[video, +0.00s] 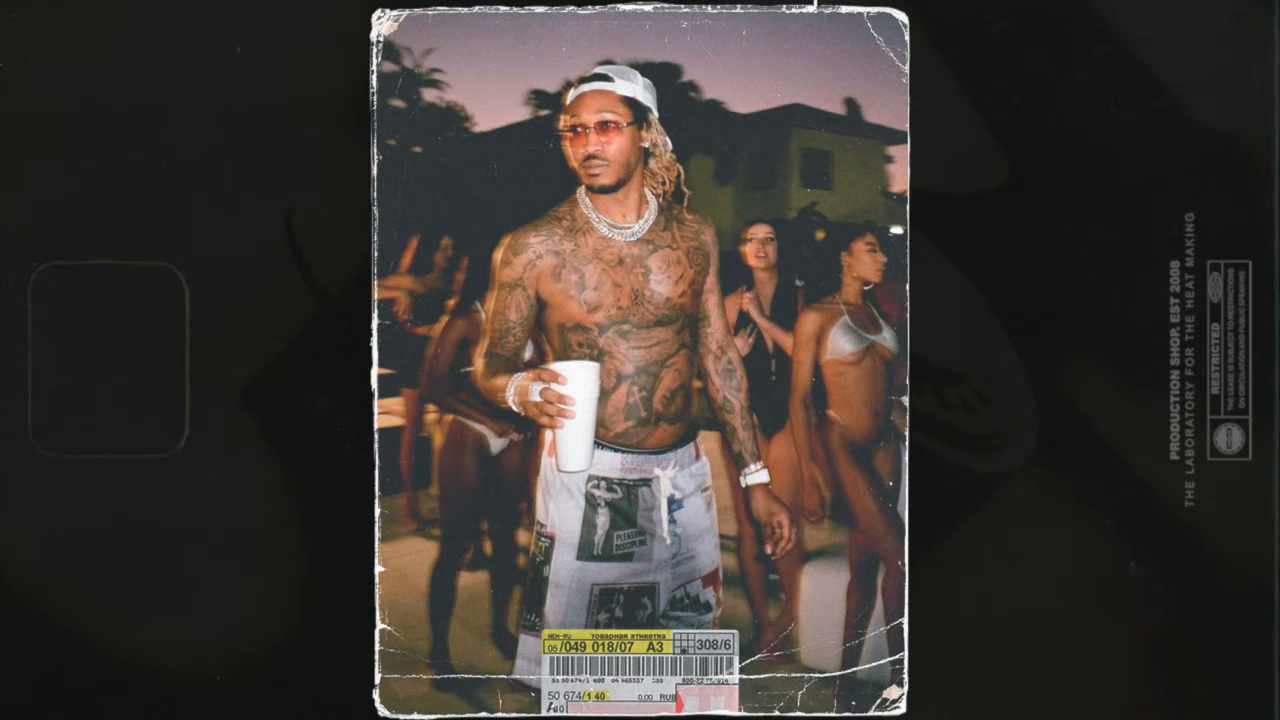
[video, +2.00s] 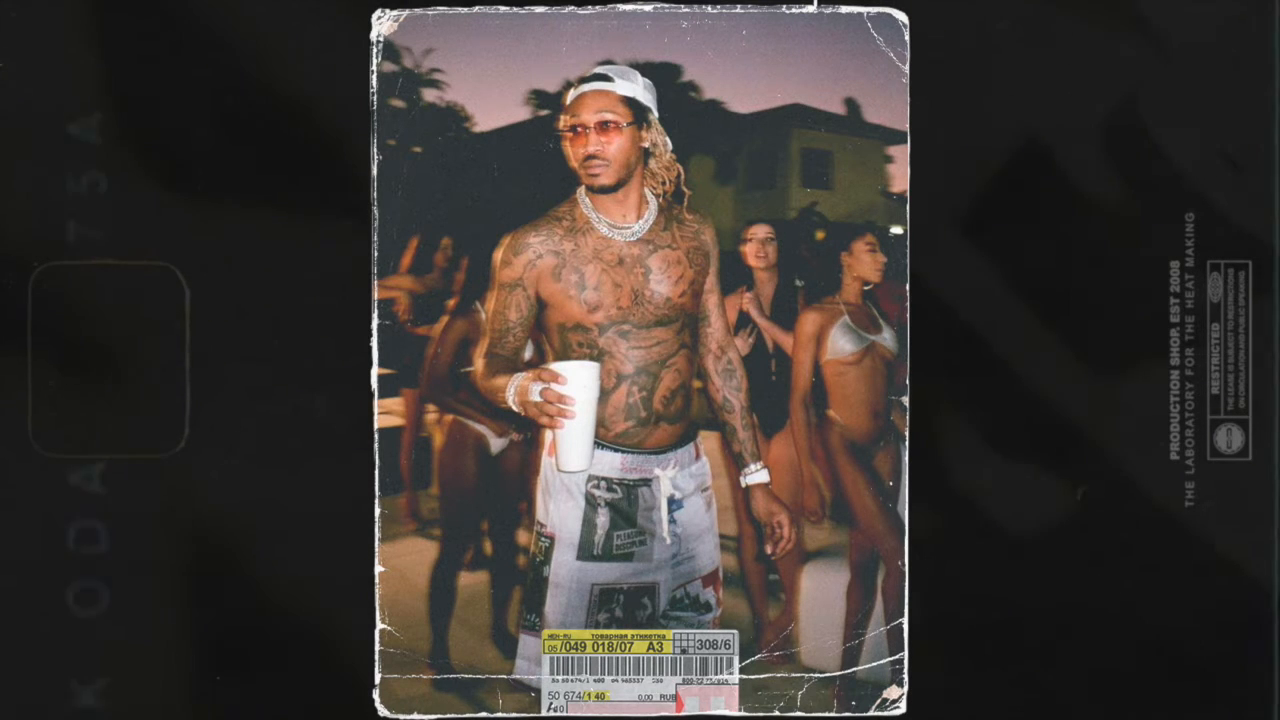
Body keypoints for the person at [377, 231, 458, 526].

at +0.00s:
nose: (445, 255)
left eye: (450, 250)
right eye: (441, 248)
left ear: (455, 255)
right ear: (430, 252)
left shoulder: (455, 282)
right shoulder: (414, 283)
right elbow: (401, 320)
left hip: (446, 352)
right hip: (417, 349)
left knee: (450, 426)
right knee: (413, 427)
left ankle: (452, 496)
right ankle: (410, 500)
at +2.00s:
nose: (446, 255)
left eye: (450, 250)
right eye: (442, 249)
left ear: (454, 255)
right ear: (430, 252)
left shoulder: (454, 282)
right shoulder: (415, 282)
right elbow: (379, 287)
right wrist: (403, 293)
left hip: (445, 353)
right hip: (416, 350)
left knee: (450, 427)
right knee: (413, 428)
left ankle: (451, 499)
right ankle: (410, 503)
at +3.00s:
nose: (446, 254)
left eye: (450, 249)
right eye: (442, 248)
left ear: (454, 254)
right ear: (431, 250)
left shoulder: (454, 279)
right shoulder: (414, 282)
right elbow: (393, 285)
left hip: (445, 349)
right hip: (416, 346)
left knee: (449, 426)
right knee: (413, 428)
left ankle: (451, 498)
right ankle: (410, 502)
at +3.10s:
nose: (446, 254)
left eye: (450, 249)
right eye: (442, 248)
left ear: (454, 254)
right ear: (430, 251)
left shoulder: (454, 280)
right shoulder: (414, 282)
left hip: (444, 347)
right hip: (416, 345)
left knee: (449, 425)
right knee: (413, 426)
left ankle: (451, 498)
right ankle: (410, 502)